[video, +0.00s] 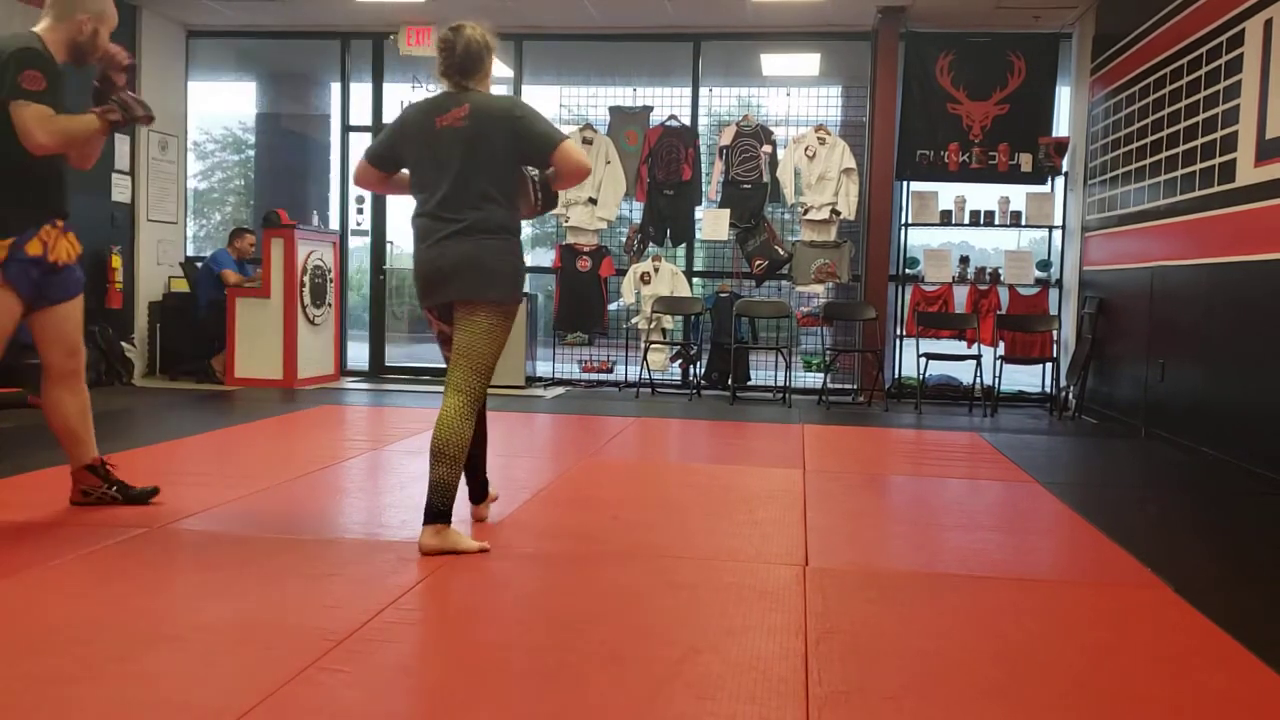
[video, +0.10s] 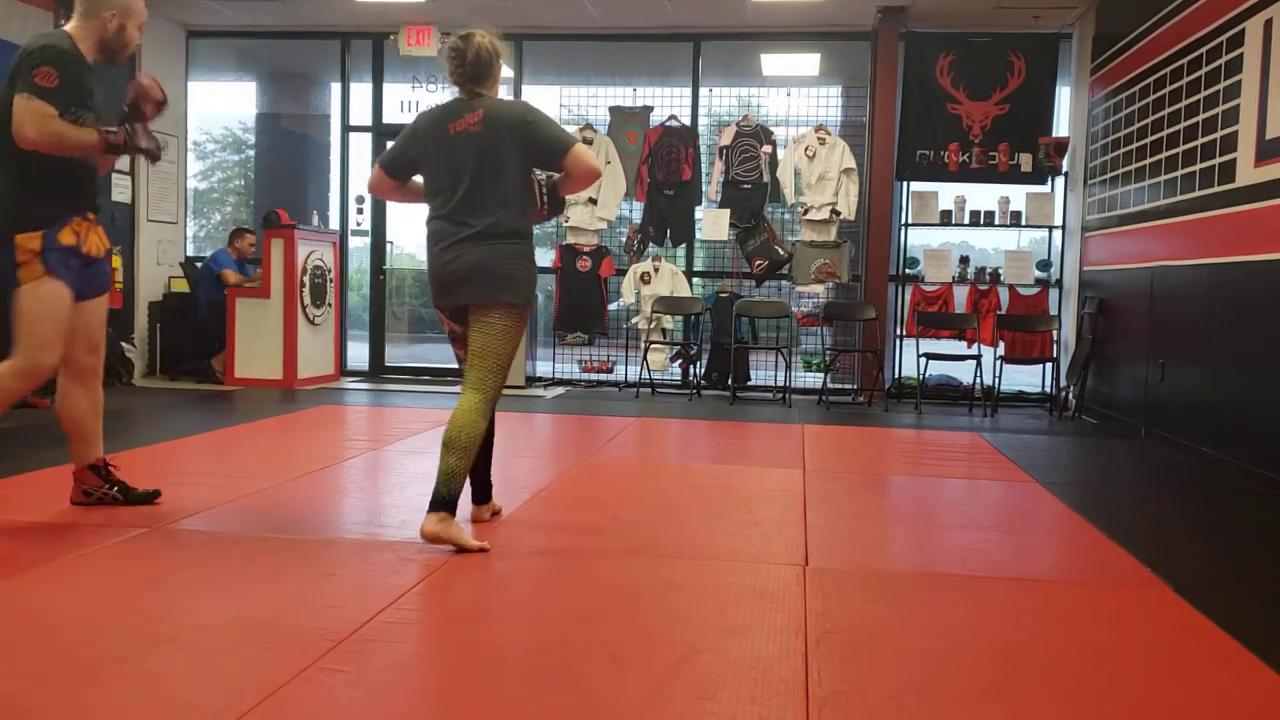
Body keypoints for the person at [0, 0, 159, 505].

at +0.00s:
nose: (108, 43)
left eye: (110, 33)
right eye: (108, 30)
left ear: (74, 19)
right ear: (83, 20)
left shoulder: (55, 71)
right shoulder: (22, 51)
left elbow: (83, 157)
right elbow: (38, 135)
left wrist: (108, 92)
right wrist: (108, 114)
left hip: (54, 238)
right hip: (13, 240)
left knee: (67, 364)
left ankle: (89, 474)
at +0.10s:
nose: (140, 39)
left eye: (142, 29)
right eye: (138, 26)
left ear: (107, 18)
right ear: (111, 18)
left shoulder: (83, 71)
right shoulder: (49, 54)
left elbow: (90, 149)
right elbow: (29, 129)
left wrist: (131, 115)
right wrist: (106, 140)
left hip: (85, 229)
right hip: (40, 230)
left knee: (85, 362)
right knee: (35, 360)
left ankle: (90, 475)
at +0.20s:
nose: (165, 35)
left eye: (167, 24)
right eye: (160, 21)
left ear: (127, 17)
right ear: (124, 13)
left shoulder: (114, 73)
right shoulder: (69, 52)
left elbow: (106, 150)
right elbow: (24, 120)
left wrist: (150, 138)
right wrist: (104, 141)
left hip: (106, 218)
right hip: (70, 218)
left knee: (104, 351)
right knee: (94, 348)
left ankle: (92, 475)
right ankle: (7, 444)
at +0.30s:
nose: (184, 32)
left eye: (186, 21)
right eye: (179, 18)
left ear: (144, 15)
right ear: (141, 9)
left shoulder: (142, 79)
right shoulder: (88, 49)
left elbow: (140, 160)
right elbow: (30, 115)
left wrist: (172, 132)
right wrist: (119, 131)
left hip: (119, 217)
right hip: (91, 216)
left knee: (99, 357)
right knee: (142, 337)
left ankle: (93, 475)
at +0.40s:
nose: (201, 32)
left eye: (203, 22)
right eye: (195, 19)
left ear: (168, 18)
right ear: (158, 12)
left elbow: (162, 171)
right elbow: (51, 130)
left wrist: (193, 146)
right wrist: (127, 137)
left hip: (138, 223)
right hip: (112, 225)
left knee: (103, 361)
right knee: (162, 352)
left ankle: (92, 476)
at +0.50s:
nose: (221, 35)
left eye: (222, 25)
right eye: (215, 23)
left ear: (183, 22)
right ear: (179, 18)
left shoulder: (181, 80)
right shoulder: (127, 68)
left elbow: (172, 154)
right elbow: (84, 145)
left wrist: (213, 171)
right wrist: (155, 161)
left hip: (156, 234)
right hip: (142, 235)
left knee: (121, 362)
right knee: (185, 360)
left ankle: (94, 475)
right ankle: (213, 491)